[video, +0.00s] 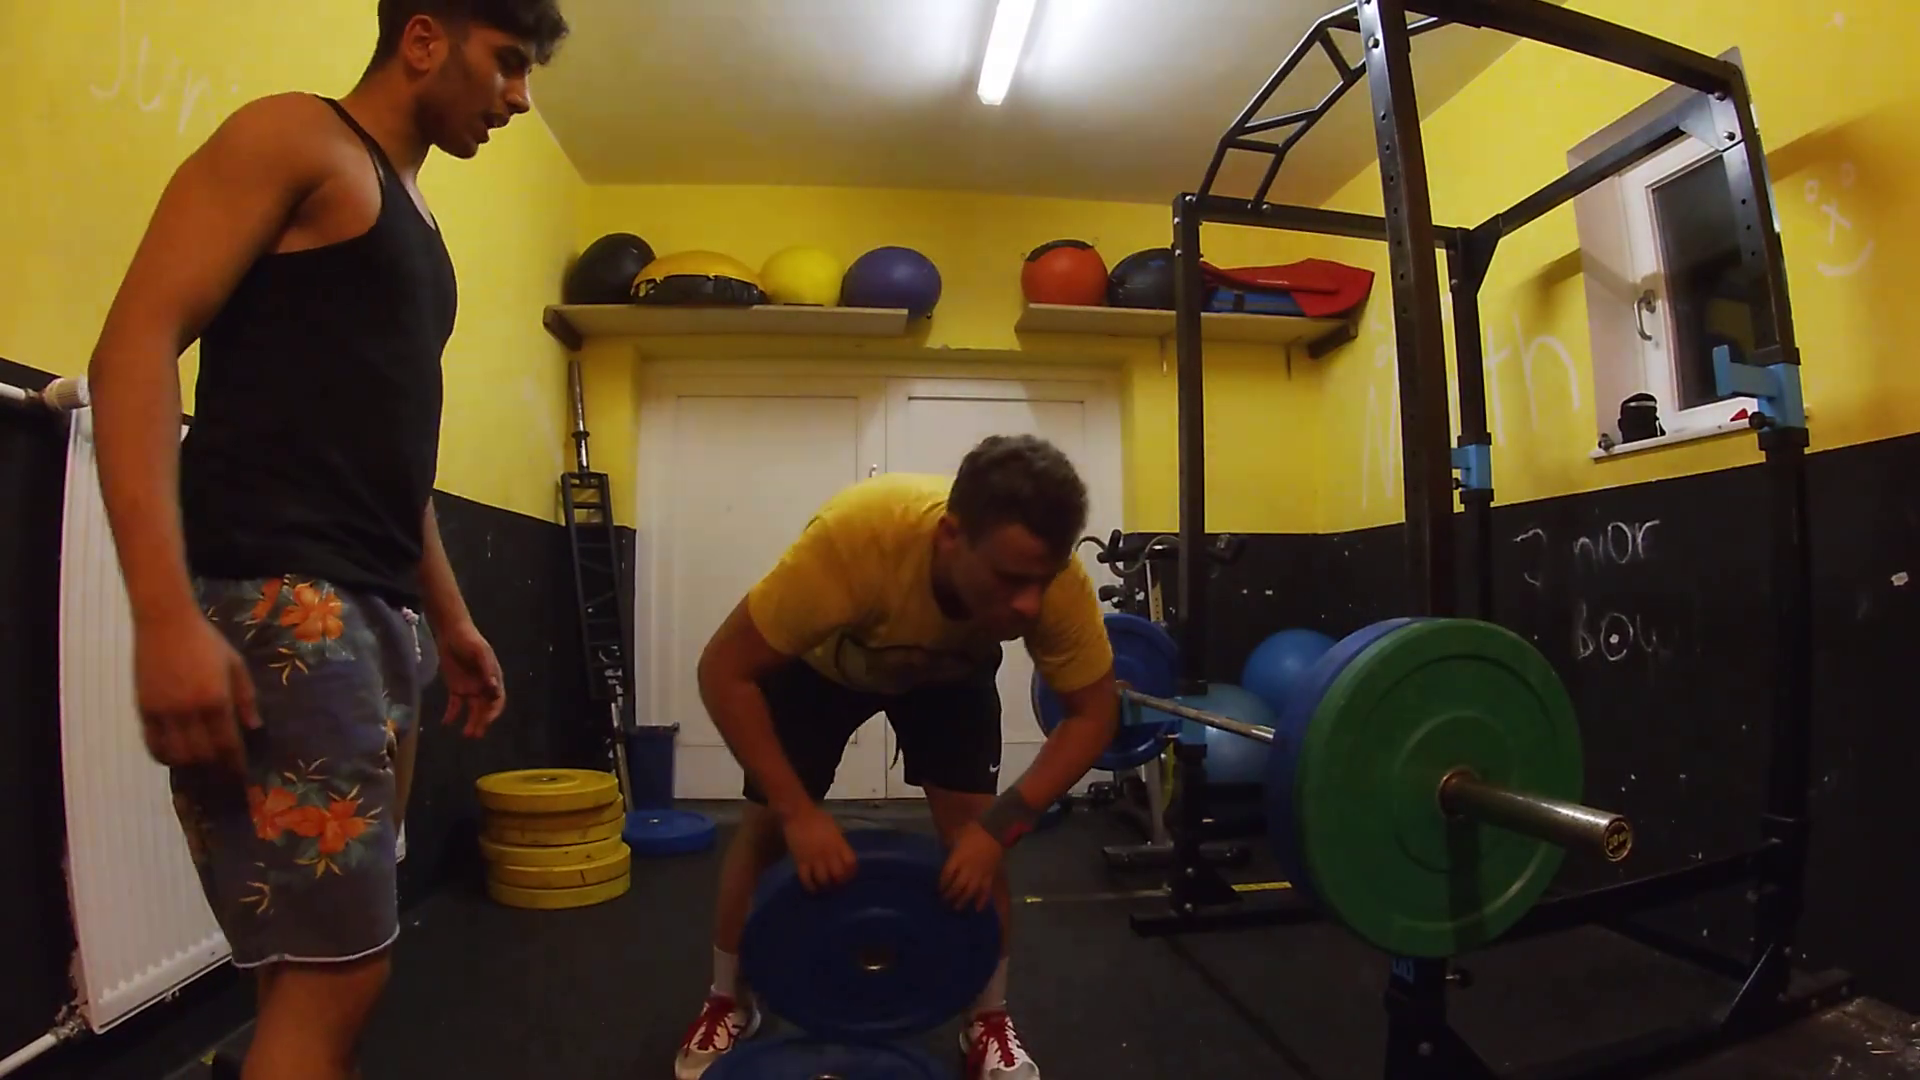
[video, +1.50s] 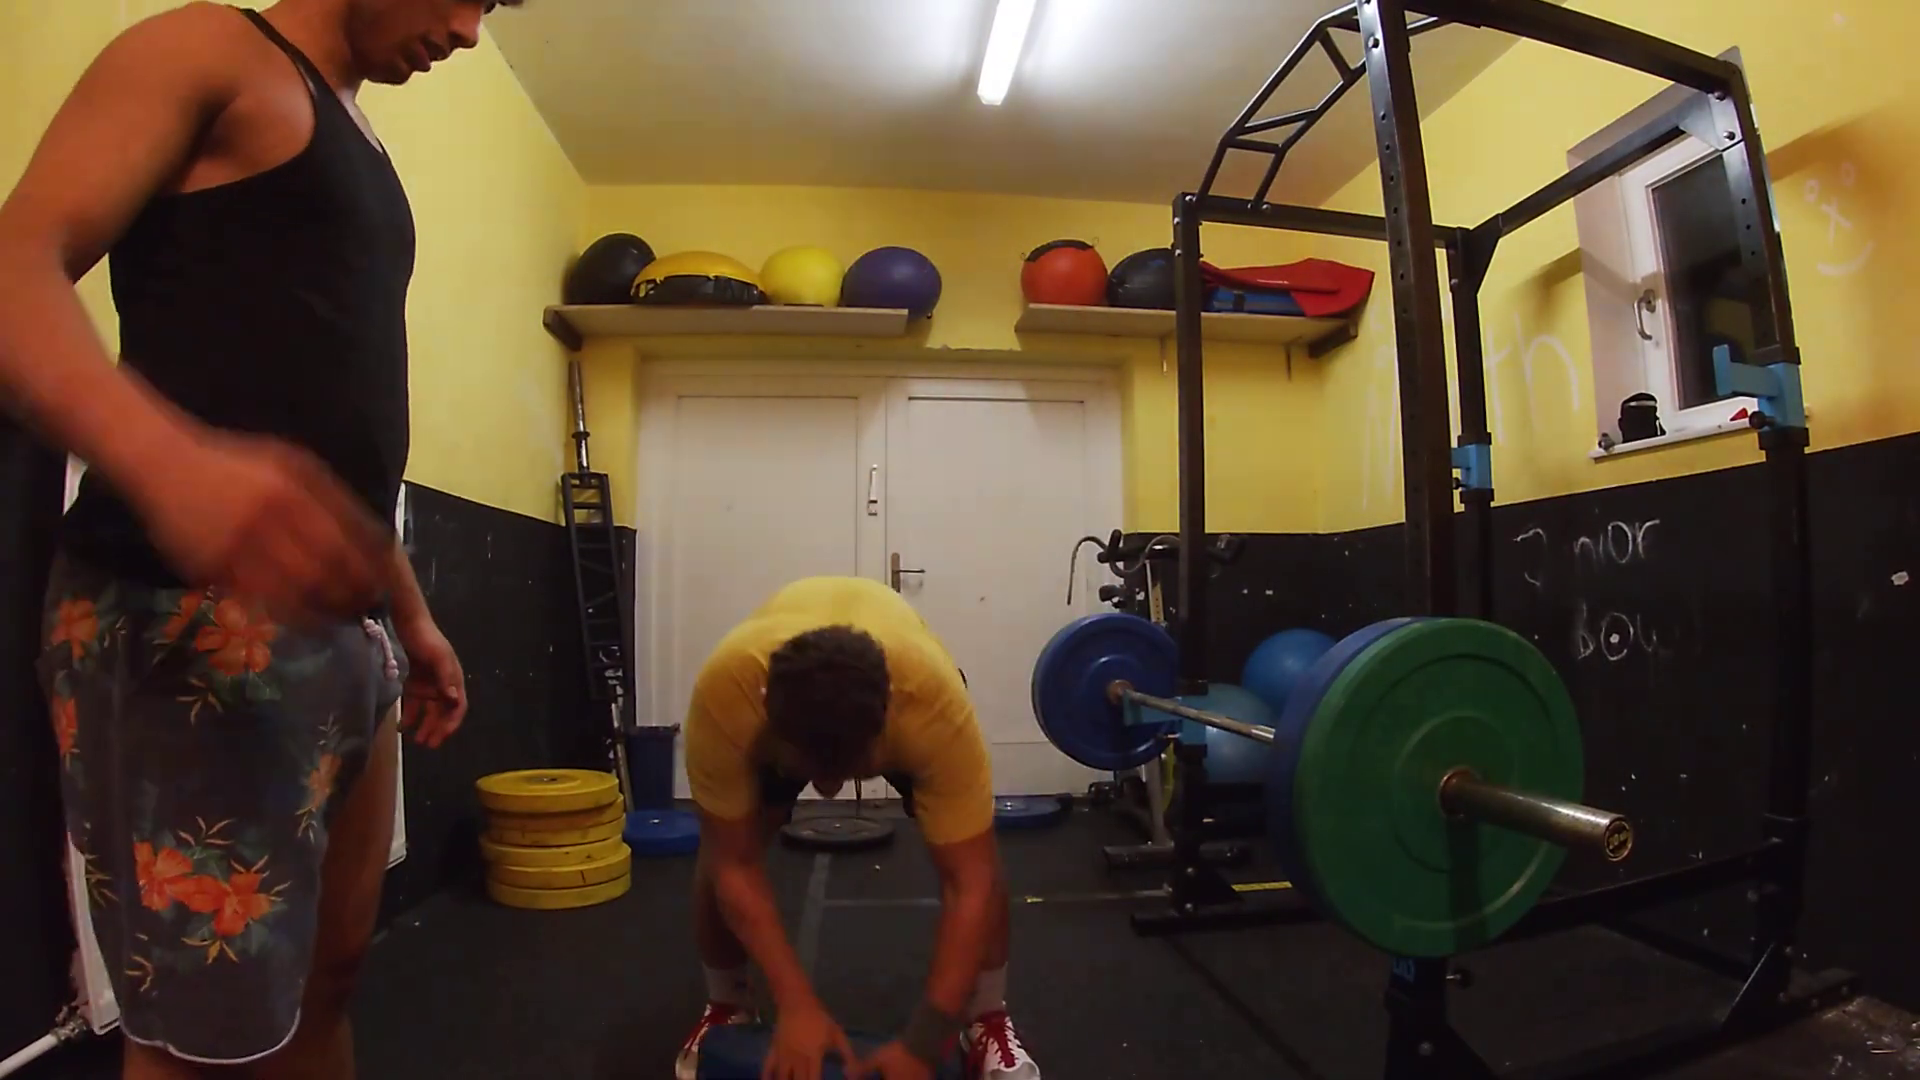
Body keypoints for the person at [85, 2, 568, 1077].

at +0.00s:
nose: (520, 98)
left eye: (529, 74)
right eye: (509, 62)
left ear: (440, 51)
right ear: (425, 38)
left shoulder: (408, 214)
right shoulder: (293, 134)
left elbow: (386, 445)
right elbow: (133, 350)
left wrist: (447, 616)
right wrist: (164, 614)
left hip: (373, 613)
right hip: (283, 609)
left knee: (328, 966)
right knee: (334, 976)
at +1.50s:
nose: (472, 29)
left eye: (485, 12)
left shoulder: (353, 133)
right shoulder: (203, 48)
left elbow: (330, 409)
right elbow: (17, 269)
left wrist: (406, 610)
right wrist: (175, 464)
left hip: (337, 622)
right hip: (188, 617)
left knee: (322, 995)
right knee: (192, 1035)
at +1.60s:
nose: (470, 43)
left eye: (488, 24)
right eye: (471, 8)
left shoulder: (363, 162)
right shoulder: (197, 61)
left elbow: (342, 422)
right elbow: (25, 271)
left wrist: (417, 614)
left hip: (347, 630)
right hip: (199, 622)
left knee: (318, 1000)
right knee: (201, 1039)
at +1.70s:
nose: (467, 52)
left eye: (485, 32)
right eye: (473, 18)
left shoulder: (355, 148)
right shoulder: (210, 62)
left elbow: (350, 415)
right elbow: (51, 231)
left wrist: (424, 614)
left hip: (355, 625)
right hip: (210, 615)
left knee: (321, 991)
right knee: (206, 1037)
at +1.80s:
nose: (459, 60)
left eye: (479, 38)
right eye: (463, 21)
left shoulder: (344, 143)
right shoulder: (226, 94)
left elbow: (356, 408)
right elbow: (136, 102)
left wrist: (430, 616)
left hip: (358, 620)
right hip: (214, 617)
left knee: (324, 989)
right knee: (207, 1032)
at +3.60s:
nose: (440, 71)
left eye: (463, 54)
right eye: (444, 30)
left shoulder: (353, 158)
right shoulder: (208, 76)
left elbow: (344, 401)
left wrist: (414, 600)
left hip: (357, 618)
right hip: (229, 616)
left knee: (323, 999)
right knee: (217, 1032)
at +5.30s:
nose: (357, 4)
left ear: (346, 20)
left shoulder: (263, 157)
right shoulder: (78, 22)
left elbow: (235, 430)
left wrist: (288, 641)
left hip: (186, 606)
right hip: (47, 592)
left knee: (147, 1009)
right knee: (140, 1044)